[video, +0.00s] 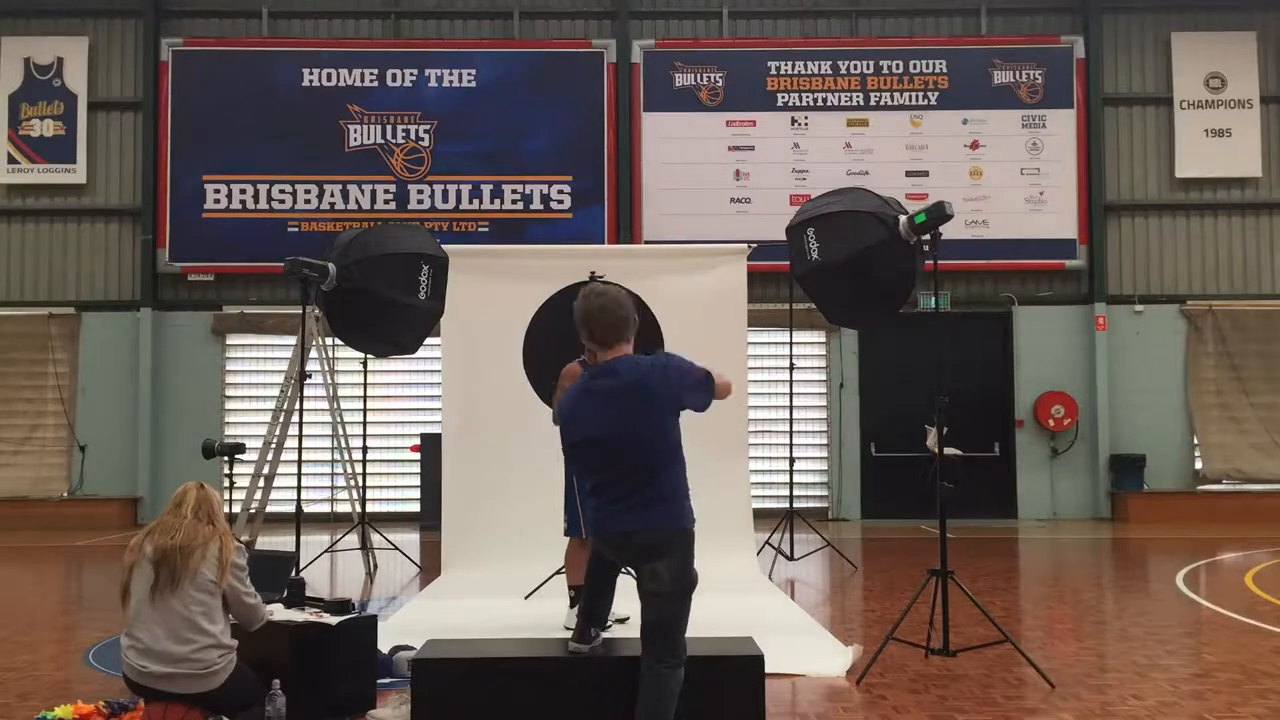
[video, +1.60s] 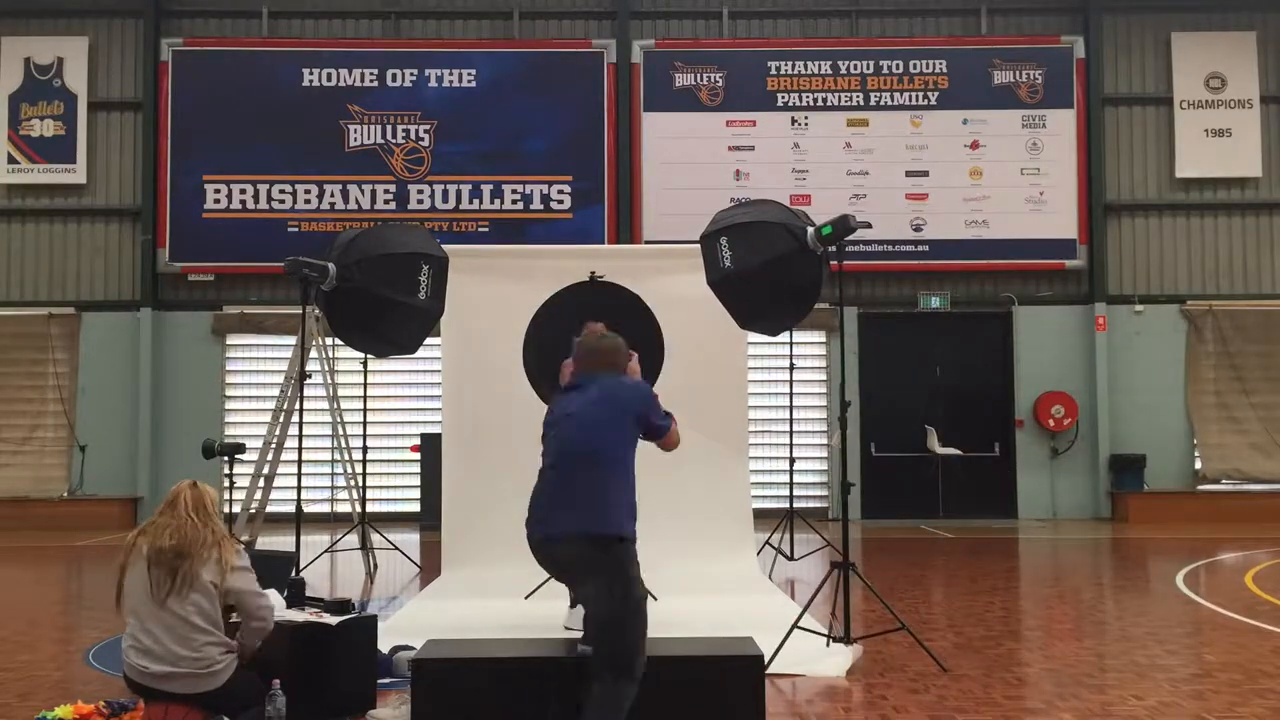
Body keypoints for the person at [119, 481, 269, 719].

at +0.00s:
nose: (223, 517)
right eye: (221, 511)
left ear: (173, 508)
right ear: (214, 512)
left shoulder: (142, 540)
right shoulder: (224, 546)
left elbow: (132, 604)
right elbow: (253, 618)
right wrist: (261, 613)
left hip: (140, 679)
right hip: (204, 681)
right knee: (255, 702)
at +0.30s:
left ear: (173, 509)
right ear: (218, 514)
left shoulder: (144, 543)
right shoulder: (226, 550)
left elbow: (130, 608)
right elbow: (253, 618)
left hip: (140, 679)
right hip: (205, 681)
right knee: (255, 703)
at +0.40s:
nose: (230, 515)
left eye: (227, 506)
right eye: (223, 506)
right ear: (210, 511)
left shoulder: (155, 538)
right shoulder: (219, 545)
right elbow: (252, 614)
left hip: (156, 672)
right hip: (209, 676)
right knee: (255, 704)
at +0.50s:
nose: (222, 513)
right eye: (219, 506)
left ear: (171, 505)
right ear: (212, 508)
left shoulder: (144, 542)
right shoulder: (222, 547)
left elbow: (134, 606)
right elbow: (252, 616)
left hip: (141, 678)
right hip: (205, 680)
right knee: (255, 703)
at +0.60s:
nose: (222, 515)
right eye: (220, 509)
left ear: (171, 507)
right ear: (212, 510)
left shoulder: (146, 540)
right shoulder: (223, 546)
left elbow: (134, 602)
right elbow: (252, 615)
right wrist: (261, 613)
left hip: (141, 678)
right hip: (205, 680)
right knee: (255, 702)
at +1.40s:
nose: (233, 524)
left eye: (233, 517)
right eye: (232, 517)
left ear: (185, 508)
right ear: (225, 517)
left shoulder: (143, 541)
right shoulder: (227, 553)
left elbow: (131, 609)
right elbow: (235, 627)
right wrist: (246, 589)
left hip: (140, 678)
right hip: (205, 683)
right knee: (254, 703)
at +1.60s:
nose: (220, 516)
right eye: (216, 510)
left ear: (167, 507)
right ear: (210, 512)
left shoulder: (138, 542)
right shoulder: (224, 549)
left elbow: (129, 605)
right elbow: (261, 615)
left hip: (140, 679)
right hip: (205, 683)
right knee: (255, 700)